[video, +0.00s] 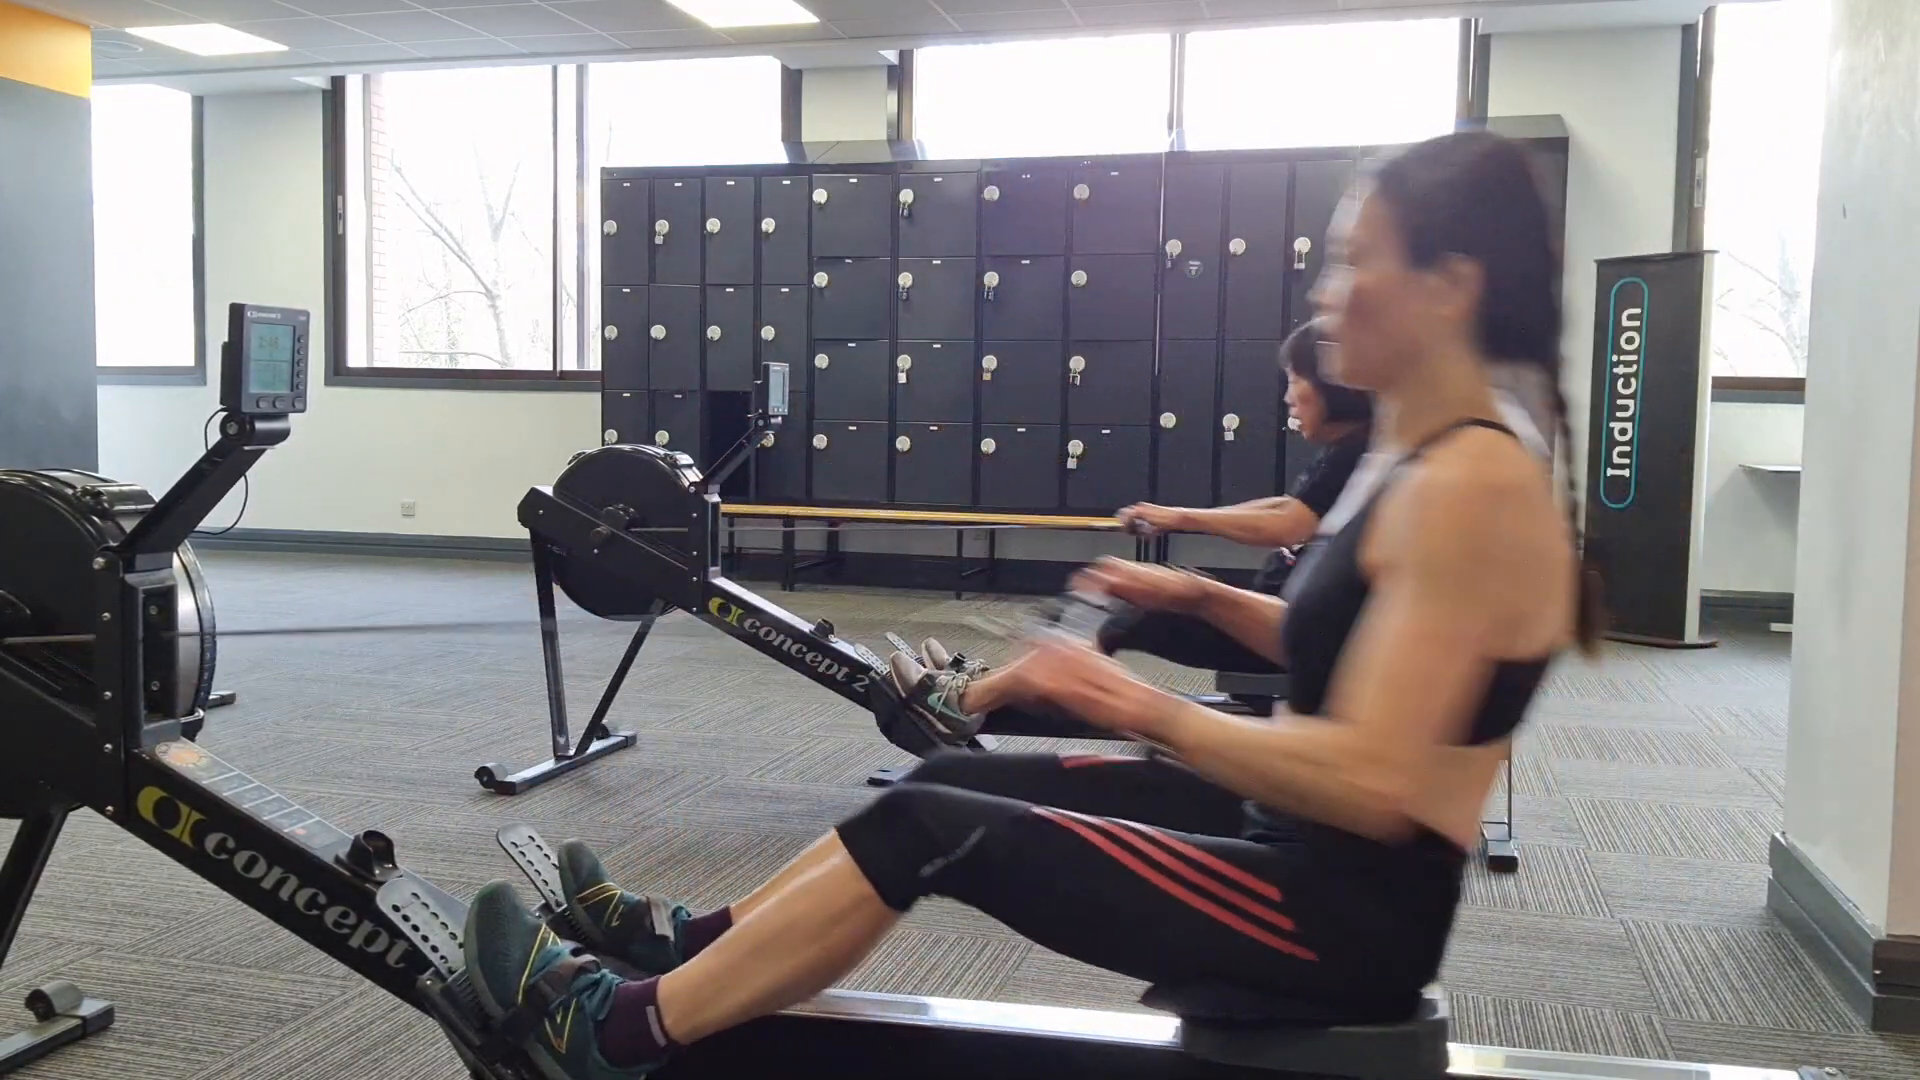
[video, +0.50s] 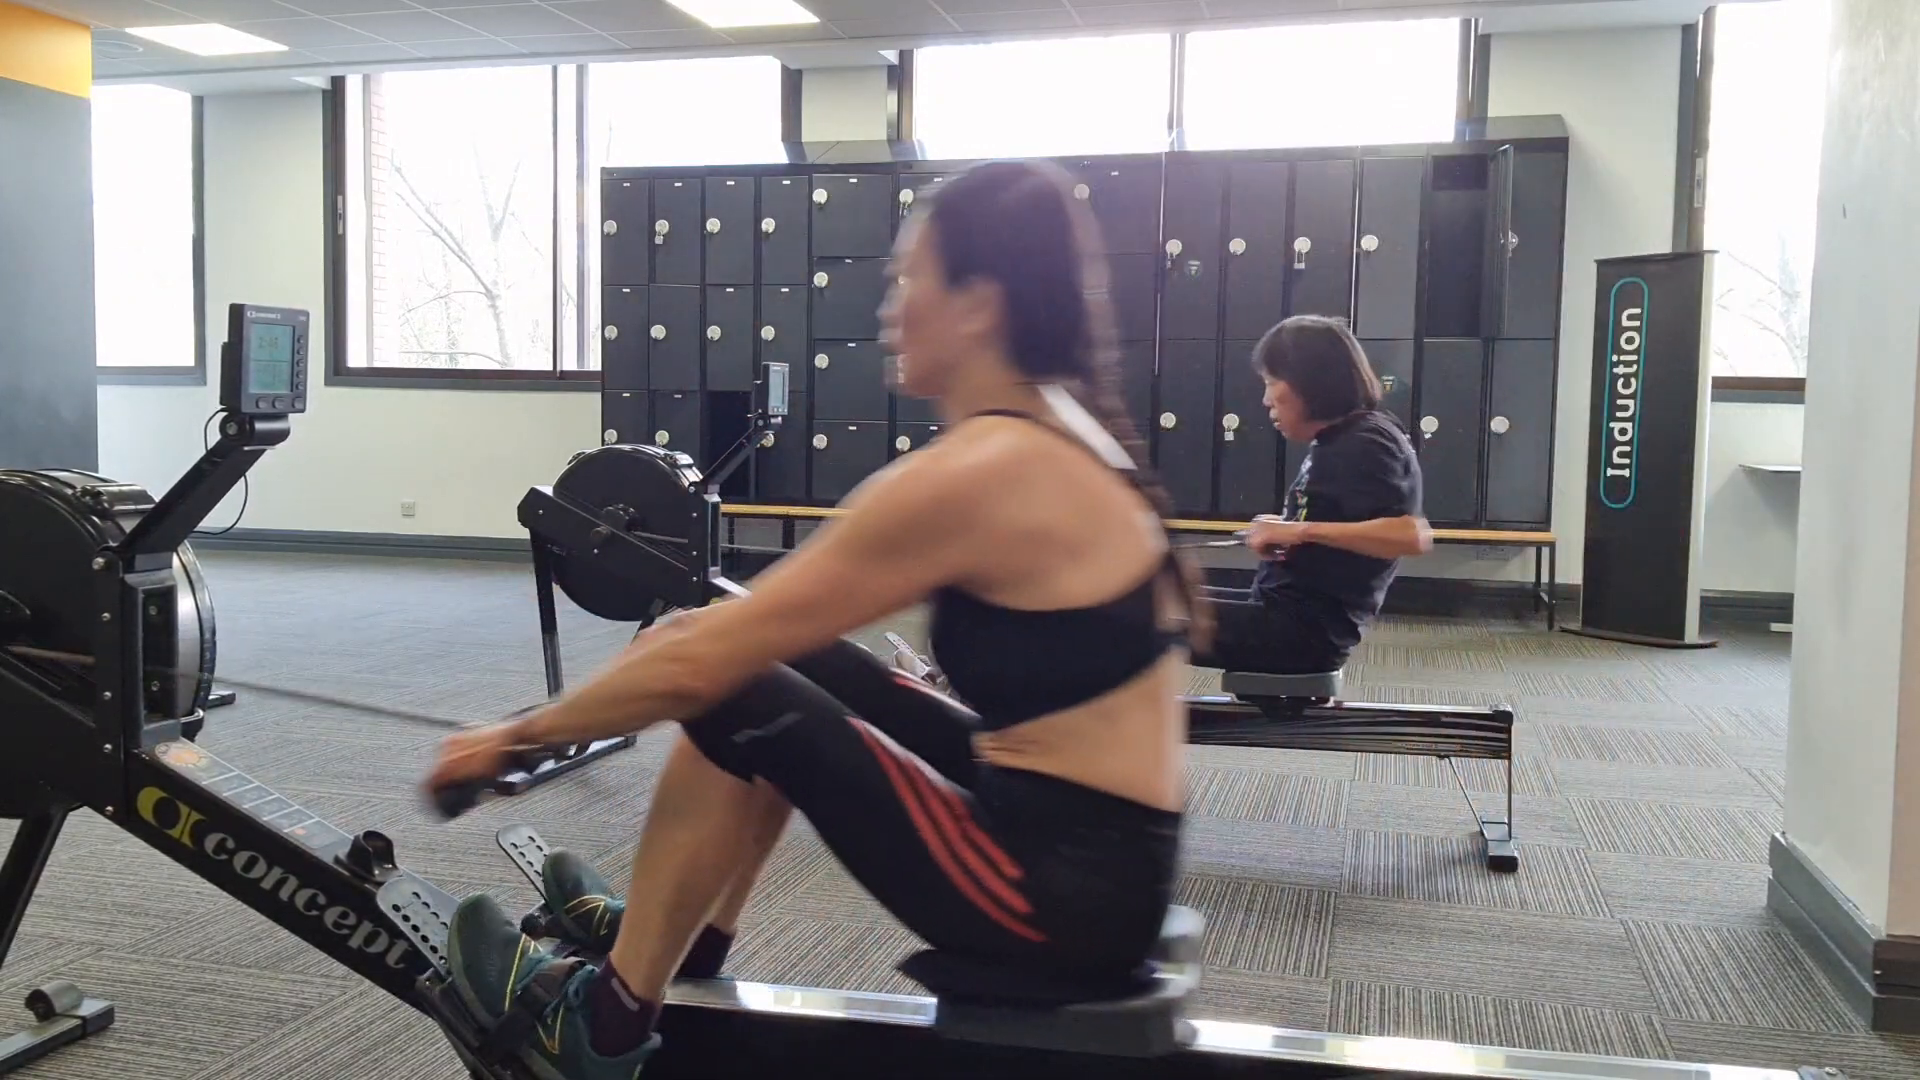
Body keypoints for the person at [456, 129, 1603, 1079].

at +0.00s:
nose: (1322, 296)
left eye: (1350, 262)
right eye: (1329, 264)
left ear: (1455, 284)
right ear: (1429, 284)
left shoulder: (1477, 486)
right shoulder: (1420, 466)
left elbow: (1385, 782)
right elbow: (1350, 715)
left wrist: (1128, 708)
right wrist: (1151, 675)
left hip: (1340, 916)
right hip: (1303, 855)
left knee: (937, 816)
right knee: (953, 776)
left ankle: (638, 1033)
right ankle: (693, 958)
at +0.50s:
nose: (888, 317)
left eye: (907, 287)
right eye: (893, 288)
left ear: (985, 304)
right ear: (985, 306)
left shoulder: (974, 474)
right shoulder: (1064, 432)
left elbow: (706, 653)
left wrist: (518, 737)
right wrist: (688, 642)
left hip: (1050, 894)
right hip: (1104, 861)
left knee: (731, 692)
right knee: (782, 644)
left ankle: (615, 1011)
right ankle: (695, 937)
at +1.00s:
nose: (721, 327)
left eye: (739, 304)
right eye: (729, 304)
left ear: (807, 333)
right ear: (845, 339)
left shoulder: (793, 477)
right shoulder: (932, 458)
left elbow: (505, 583)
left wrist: (297, 640)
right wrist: (559, 596)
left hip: (938, 891)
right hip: (1024, 876)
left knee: (670, 645)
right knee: (736, 636)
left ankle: (610, 997)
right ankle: (684, 931)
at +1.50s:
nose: (1284, 284)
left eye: (1321, 256)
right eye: (1294, 254)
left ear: (1417, 293)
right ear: (1401, 296)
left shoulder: (1357, 460)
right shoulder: (1436, 438)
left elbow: (1061, 579)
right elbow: (1087, 561)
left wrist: (831, 633)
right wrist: (878, 622)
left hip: (1316, 897)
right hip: (1311, 816)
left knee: (930, 813)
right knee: (957, 762)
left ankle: (622, 1025)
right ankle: (683, 957)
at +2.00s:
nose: (1438, 332)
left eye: (1464, 303)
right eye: (1444, 303)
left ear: (1573, 319)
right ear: (1554, 324)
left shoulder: (1600, 519)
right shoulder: (1537, 486)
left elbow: (1661, 843)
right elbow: (1548, 754)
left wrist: (1397, 837)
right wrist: (1368, 697)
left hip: (1377, 912)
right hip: (1350, 842)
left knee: (962, 852)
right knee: (965, 827)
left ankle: (622, 1034)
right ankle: (671, 960)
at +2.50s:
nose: (1037, 297)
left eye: (1060, 269)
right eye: (1044, 269)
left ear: (1149, 292)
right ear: (1145, 296)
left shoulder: (1143, 471)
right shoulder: (1204, 435)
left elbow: (909, 705)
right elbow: (1047, 591)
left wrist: (727, 700)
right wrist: (866, 588)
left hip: (1179, 898)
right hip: (1196, 831)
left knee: (833, 746)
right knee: (871, 699)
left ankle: (624, 1017)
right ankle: (666, 954)